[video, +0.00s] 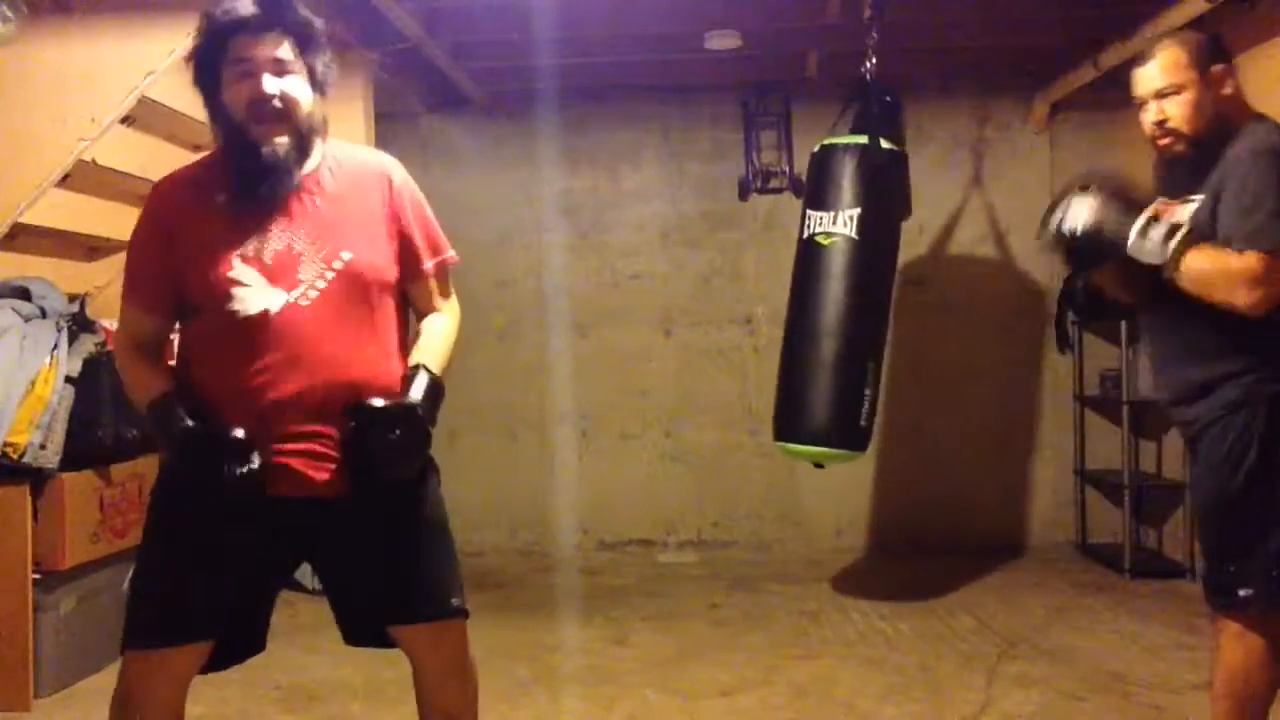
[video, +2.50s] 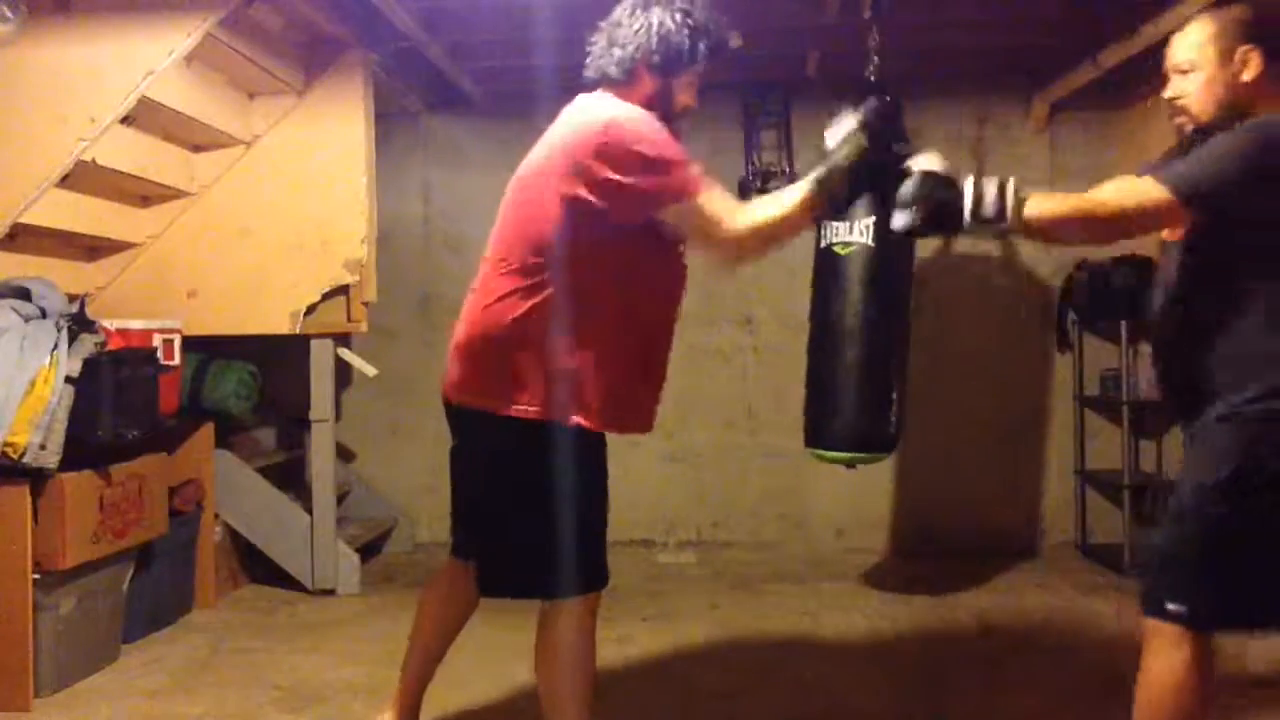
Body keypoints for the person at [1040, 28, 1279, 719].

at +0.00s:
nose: (1154, 117)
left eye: (1170, 94)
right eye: (1142, 103)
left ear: (1221, 83)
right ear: (1136, 107)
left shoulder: (1256, 152)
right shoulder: (1184, 168)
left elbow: (1255, 286)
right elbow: (1155, 289)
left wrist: (1144, 240)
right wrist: (1100, 253)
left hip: (1248, 414)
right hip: (1213, 415)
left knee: (1241, 609)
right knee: (1242, 604)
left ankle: (1235, 714)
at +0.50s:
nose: (1265, 119)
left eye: (1274, 101)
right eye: (1256, 107)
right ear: (1247, 117)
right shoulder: (1252, 211)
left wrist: (1225, 252)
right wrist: (1221, 258)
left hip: (1270, 422)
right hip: (1263, 421)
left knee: (1258, 602)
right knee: (1257, 600)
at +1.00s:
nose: (1231, 115)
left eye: (1245, 95)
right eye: (1225, 102)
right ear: (1223, 110)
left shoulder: (1273, 195)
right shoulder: (1250, 196)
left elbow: (1279, 278)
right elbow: (1218, 288)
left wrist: (1225, 242)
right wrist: (1171, 253)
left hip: (1264, 424)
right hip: (1241, 423)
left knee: (1238, 605)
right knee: (1243, 603)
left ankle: (1226, 712)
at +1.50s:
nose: (1041, 118)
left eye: (1054, 96)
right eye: (1039, 102)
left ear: (1111, 85)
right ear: (1108, 91)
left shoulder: (1151, 150)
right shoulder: (1125, 153)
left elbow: (1046, 261)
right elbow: (1053, 254)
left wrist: (952, 202)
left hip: (1225, 413)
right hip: (1207, 409)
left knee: (1188, 610)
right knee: (1191, 608)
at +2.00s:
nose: (1080, 108)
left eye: (1092, 87)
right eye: (1077, 92)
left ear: (1148, 77)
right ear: (1147, 83)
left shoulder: (1188, 148)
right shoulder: (1169, 150)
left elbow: (1156, 299)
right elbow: (1133, 287)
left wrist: (1029, 299)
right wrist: (1028, 296)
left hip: (1224, 425)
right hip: (1205, 421)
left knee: (1178, 612)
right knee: (1184, 608)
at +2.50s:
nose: (1169, 92)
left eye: (1184, 71)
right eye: (1169, 75)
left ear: (1247, 66)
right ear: (1243, 71)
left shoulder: (1257, 145)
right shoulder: (1232, 146)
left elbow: (1119, 211)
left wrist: (975, 199)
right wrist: (1144, 287)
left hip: (1254, 415)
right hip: (1230, 413)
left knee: (1173, 604)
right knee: (1179, 605)